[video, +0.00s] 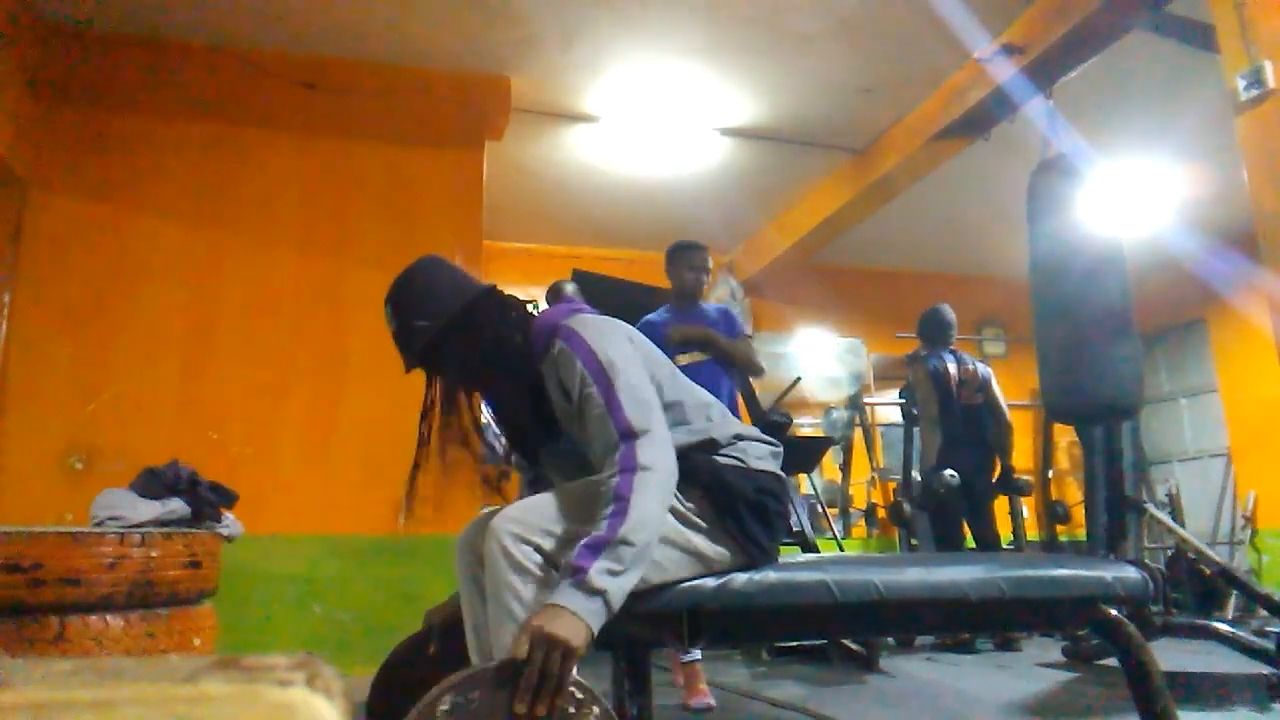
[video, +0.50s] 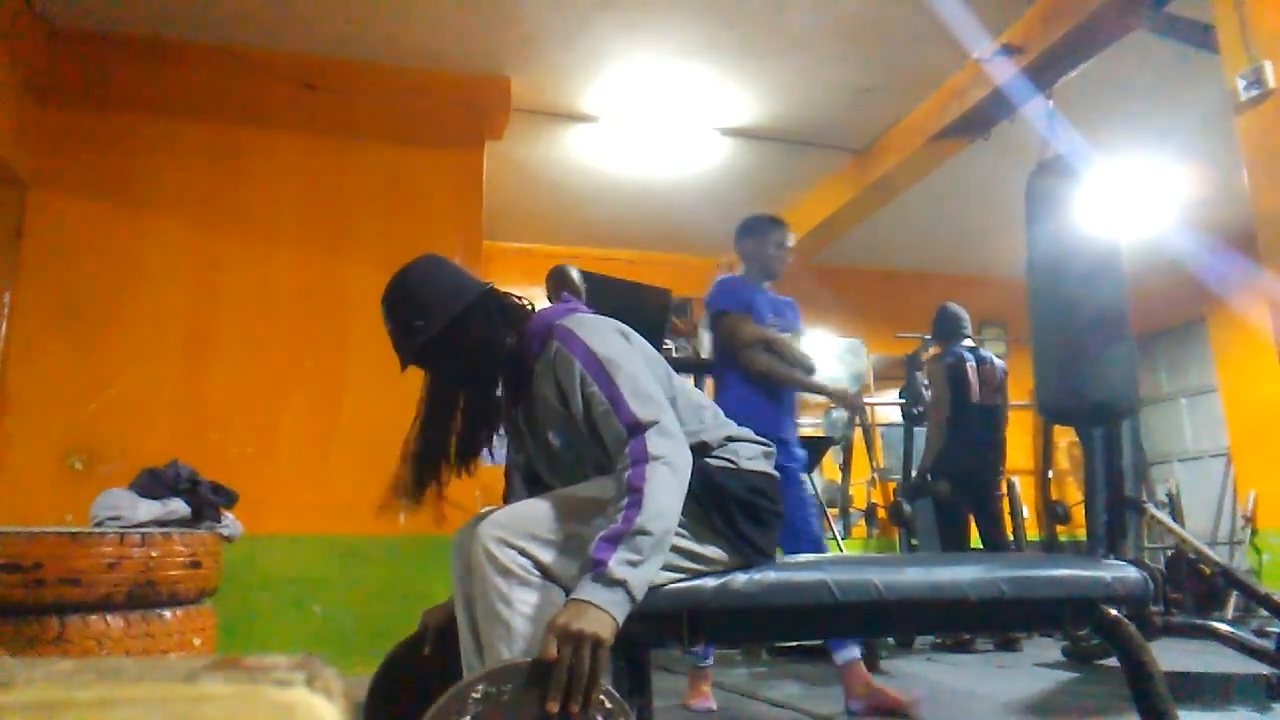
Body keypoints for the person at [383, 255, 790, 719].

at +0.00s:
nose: (452, 380)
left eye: (447, 358)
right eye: (438, 369)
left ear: (481, 327)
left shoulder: (580, 340)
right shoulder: (515, 387)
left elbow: (645, 465)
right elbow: (549, 503)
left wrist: (578, 602)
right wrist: (472, 596)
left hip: (727, 500)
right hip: (655, 501)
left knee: (517, 538)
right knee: (480, 537)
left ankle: (536, 709)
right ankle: (503, 708)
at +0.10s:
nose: (448, 378)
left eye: (445, 356)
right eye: (436, 366)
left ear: (482, 326)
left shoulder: (578, 336)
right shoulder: (508, 385)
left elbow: (647, 465)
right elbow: (542, 507)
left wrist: (591, 601)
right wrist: (466, 602)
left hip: (727, 498)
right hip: (653, 501)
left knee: (515, 537)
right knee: (478, 539)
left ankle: (540, 708)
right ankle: (496, 709)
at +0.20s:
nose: (449, 377)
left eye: (448, 354)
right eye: (437, 364)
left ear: (482, 323)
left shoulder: (576, 334)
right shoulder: (516, 389)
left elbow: (653, 458)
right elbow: (551, 513)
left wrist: (599, 600)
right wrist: (465, 598)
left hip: (726, 500)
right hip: (655, 505)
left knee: (509, 537)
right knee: (477, 542)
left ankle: (538, 710)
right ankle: (498, 709)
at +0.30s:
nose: (448, 376)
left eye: (446, 355)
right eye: (437, 364)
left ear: (479, 327)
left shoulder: (575, 334)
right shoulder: (516, 393)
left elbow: (656, 454)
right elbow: (543, 519)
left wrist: (602, 597)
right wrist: (465, 599)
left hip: (727, 497)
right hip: (659, 504)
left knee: (504, 538)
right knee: (475, 542)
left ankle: (534, 710)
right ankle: (499, 707)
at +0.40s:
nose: (447, 375)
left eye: (443, 355)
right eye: (435, 364)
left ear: (475, 327)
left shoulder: (574, 336)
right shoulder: (522, 394)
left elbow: (658, 452)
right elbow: (532, 526)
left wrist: (604, 596)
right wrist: (465, 601)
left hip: (729, 497)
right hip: (666, 504)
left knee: (505, 540)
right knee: (476, 542)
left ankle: (535, 710)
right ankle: (503, 708)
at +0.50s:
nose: (448, 375)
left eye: (443, 354)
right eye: (434, 364)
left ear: (473, 324)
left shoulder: (573, 335)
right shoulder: (521, 389)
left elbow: (660, 453)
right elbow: (530, 522)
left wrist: (603, 595)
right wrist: (468, 602)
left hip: (729, 497)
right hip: (668, 503)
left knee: (502, 542)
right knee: (477, 542)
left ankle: (528, 710)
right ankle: (504, 707)